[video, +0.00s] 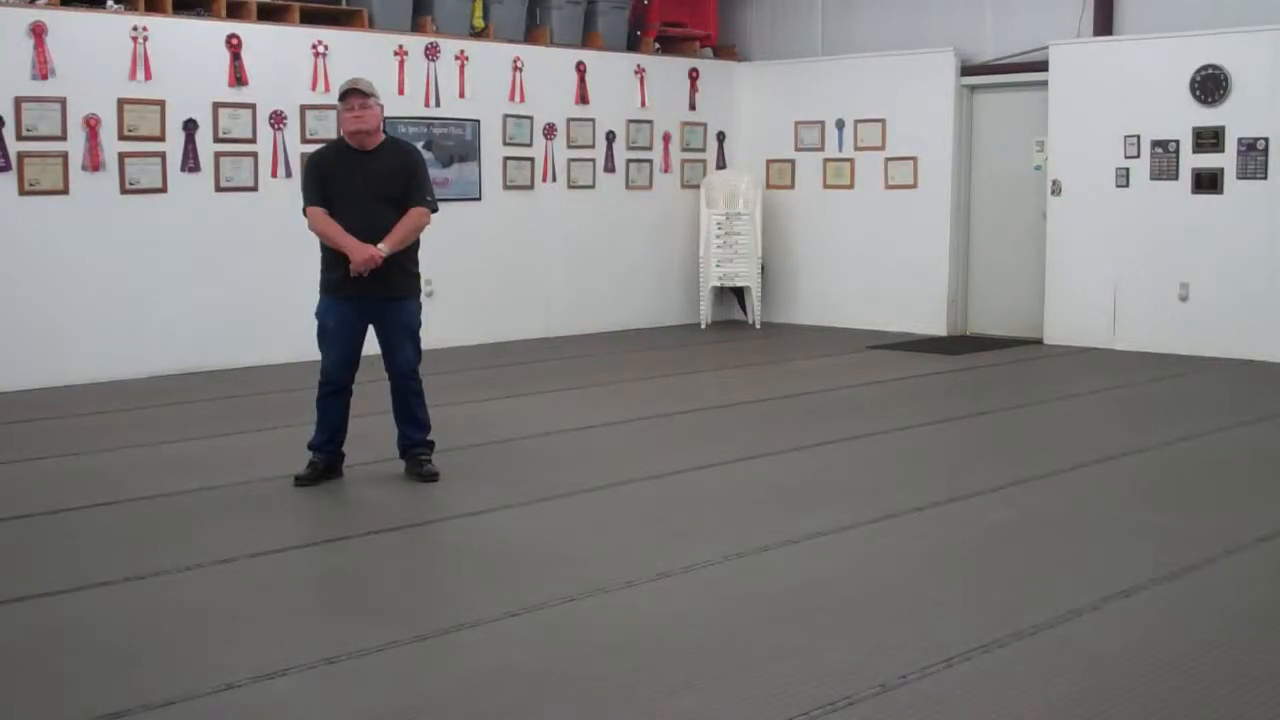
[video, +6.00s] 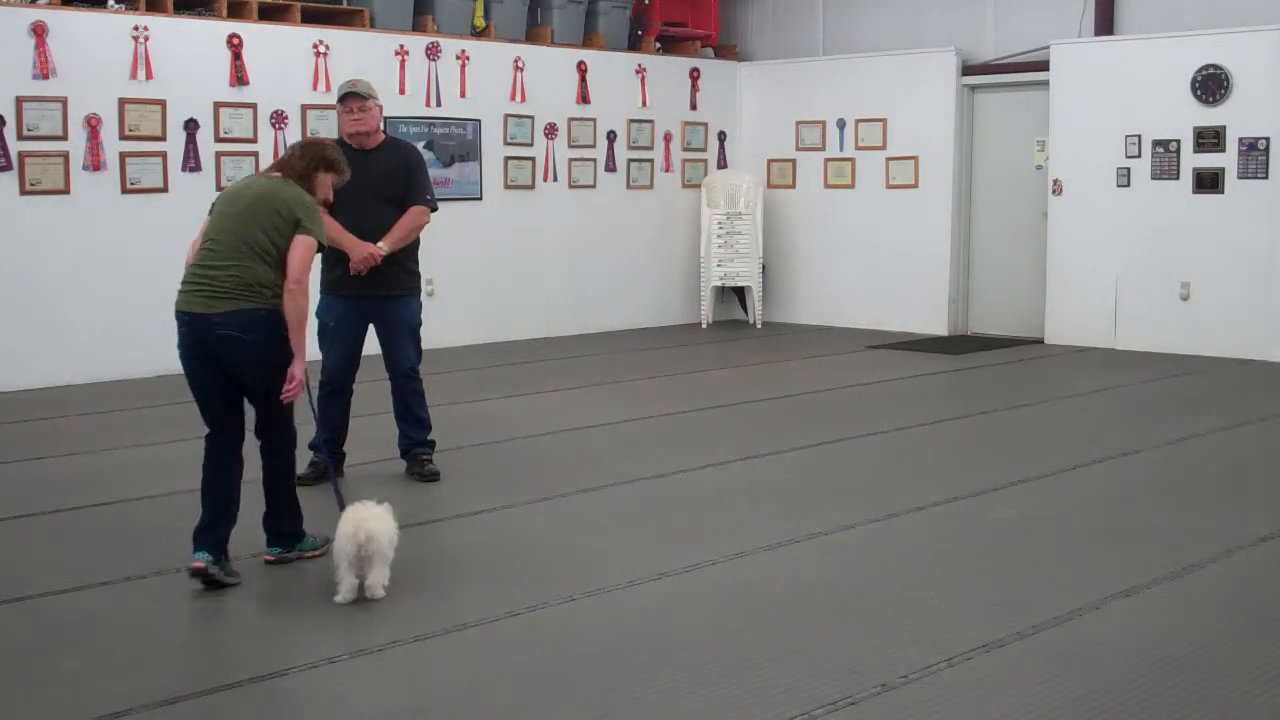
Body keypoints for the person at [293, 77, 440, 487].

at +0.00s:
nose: (357, 113)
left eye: (364, 106)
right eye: (349, 108)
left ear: (380, 112)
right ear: (339, 118)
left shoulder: (406, 156)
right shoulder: (320, 162)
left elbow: (421, 213)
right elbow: (315, 216)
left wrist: (378, 252)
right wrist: (354, 248)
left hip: (397, 288)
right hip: (342, 289)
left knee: (405, 373)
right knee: (334, 376)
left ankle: (418, 452)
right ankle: (326, 456)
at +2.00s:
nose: (360, 114)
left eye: (367, 106)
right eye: (352, 108)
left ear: (383, 112)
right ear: (341, 117)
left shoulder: (407, 155)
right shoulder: (323, 160)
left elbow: (422, 213)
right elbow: (317, 215)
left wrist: (380, 250)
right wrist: (356, 247)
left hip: (398, 287)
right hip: (342, 288)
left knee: (407, 373)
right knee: (335, 376)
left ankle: (419, 452)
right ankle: (327, 455)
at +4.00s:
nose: (357, 114)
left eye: (365, 107)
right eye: (350, 109)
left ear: (380, 111)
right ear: (339, 117)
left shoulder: (406, 155)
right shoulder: (321, 161)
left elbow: (421, 211)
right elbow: (315, 214)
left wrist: (378, 249)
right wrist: (354, 246)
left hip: (397, 287)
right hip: (342, 288)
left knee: (406, 373)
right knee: (335, 375)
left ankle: (419, 452)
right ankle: (327, 455)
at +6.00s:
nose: (357, 117)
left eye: (364, 109)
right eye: (349, 112)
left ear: (380, 113)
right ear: (338, 120)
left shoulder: (406, 155)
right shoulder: (328, 158)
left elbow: (421, 213)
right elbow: (312, 214)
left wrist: (378, 250)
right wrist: (354, 246)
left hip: (397, 288)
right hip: (342, 289)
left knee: (406, 372)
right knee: (335, 376)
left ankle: (418, 450)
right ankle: (326, 454)